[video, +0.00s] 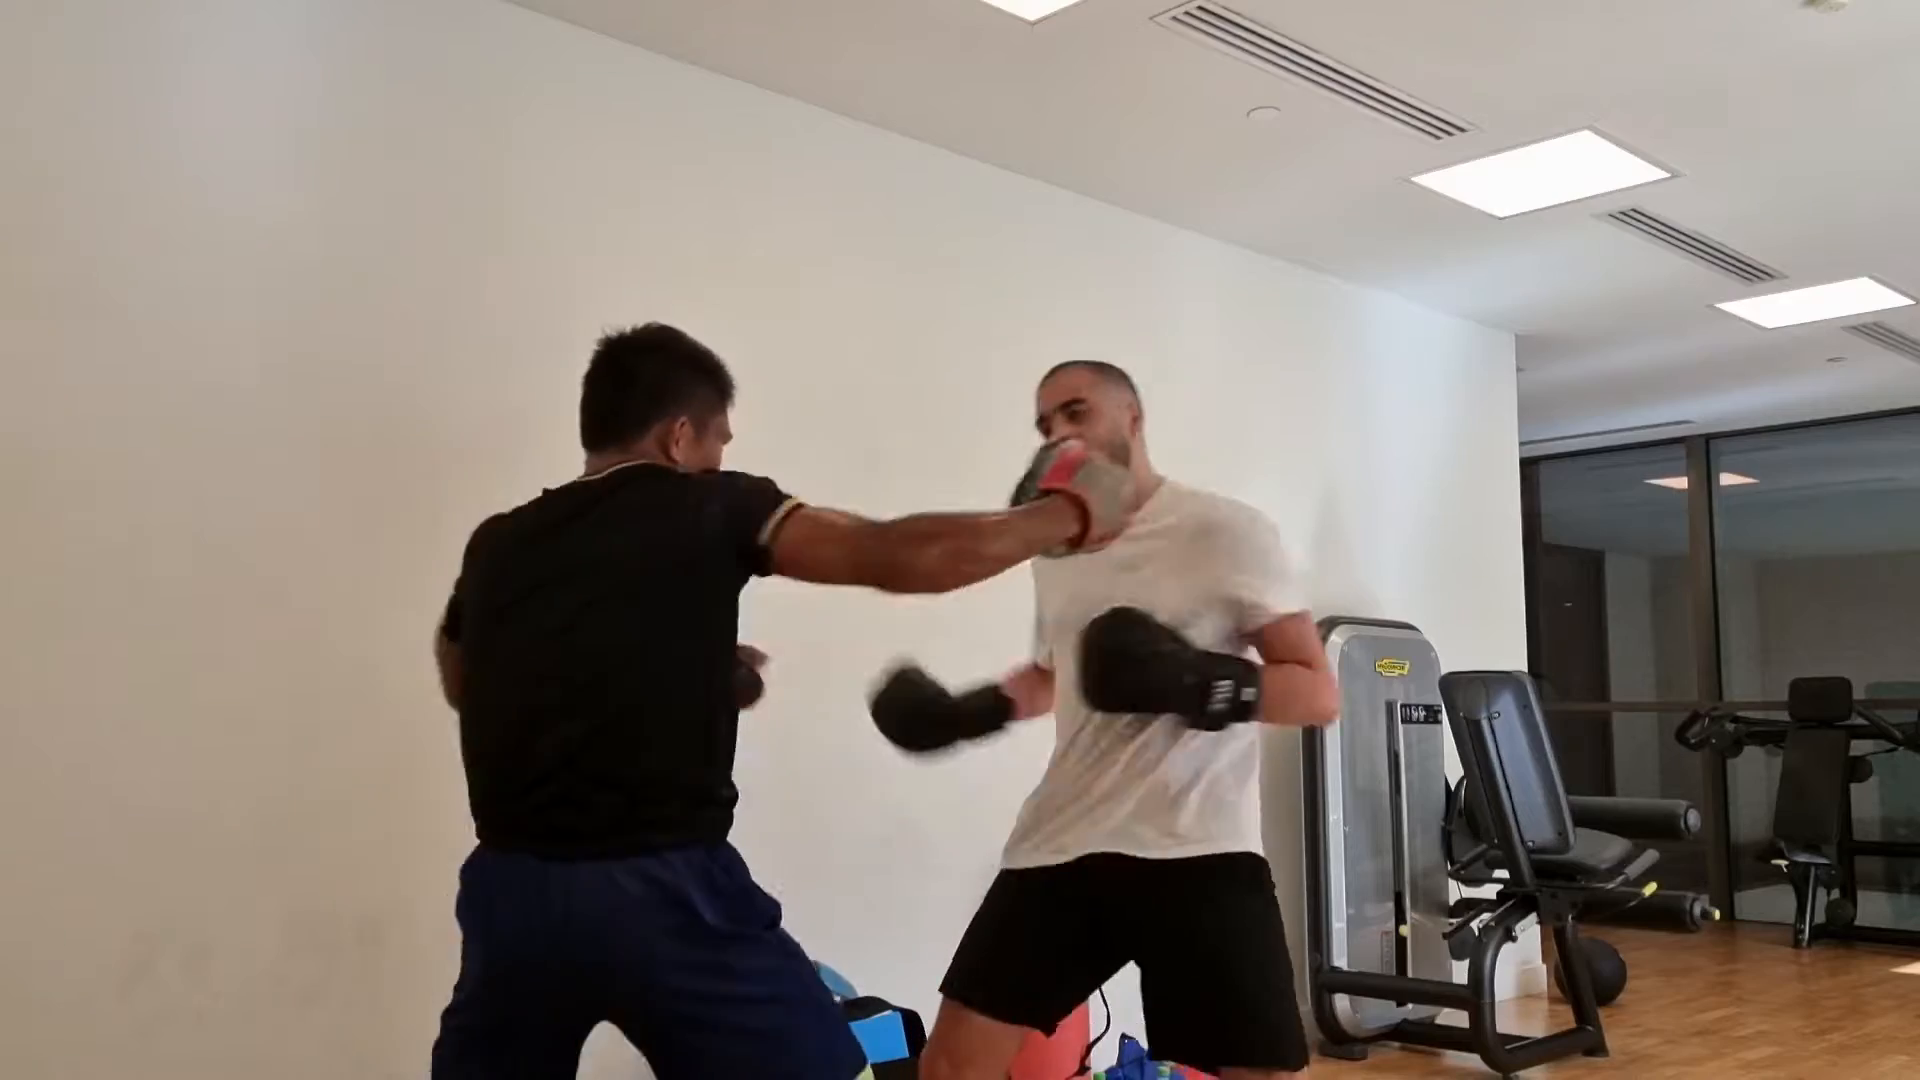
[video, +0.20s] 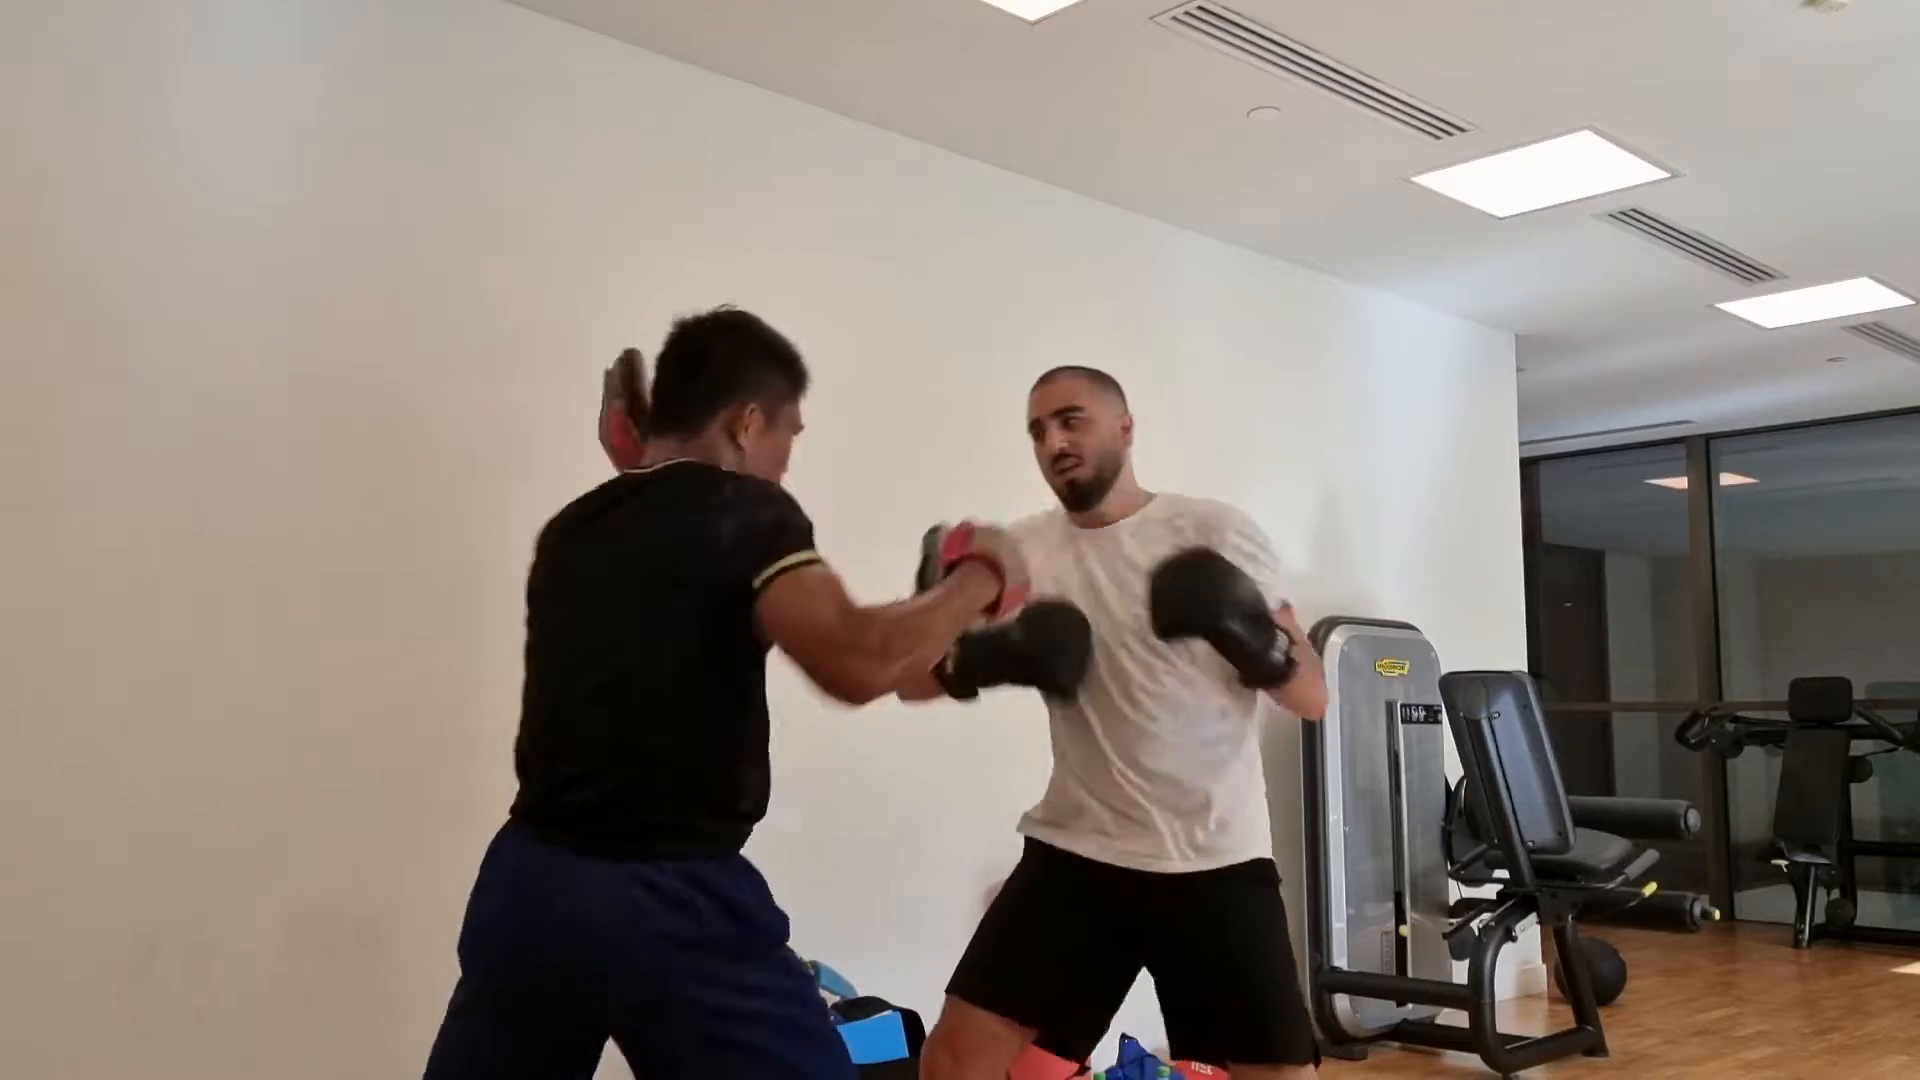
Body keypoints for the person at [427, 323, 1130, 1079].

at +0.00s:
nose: (723, 461)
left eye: (726, 441)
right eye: (722, 440)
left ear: (595, 435)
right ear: (676, 436)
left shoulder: (497, 542)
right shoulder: (710, 503)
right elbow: (898, 557)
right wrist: (1065, 517)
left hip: (511, 911)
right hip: (675, 904)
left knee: (479, 1067)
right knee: (819, 1062)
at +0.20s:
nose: (789, 467)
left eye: (796, 444)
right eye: (791, 440)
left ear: (657, 424)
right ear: (746, 424)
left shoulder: (568, 530)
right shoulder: (746, 512)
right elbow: (856, 661)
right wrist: (976, 580)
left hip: (527, 897)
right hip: (680, 912)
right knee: (807, 1066)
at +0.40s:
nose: (822, 535)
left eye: (828, 511)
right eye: (824, 508)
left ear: (702, 479)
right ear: (781, 498)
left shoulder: (625, 575)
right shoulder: (693, 589)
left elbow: (718, 735)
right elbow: (693, 786)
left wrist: (818, 629)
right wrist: (837, 728)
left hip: (492, 948)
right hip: (596, 967)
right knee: (773, 1063)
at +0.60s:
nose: (690, 583)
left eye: (699, 556)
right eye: (694, 552)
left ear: (563, 527)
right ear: (643, 540)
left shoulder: (456, 618)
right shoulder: (628, 636)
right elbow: (680, 842)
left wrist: (672, 673)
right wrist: (757, 751)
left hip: (353, 1005)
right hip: (508, 1016)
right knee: (692, 1069)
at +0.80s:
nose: (729, 567)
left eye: (739, 538)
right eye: (736, 533)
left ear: (610, 508)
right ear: (691, 517)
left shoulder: (522, 598)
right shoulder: (640, 603)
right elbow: (676, 798)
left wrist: (598, 531)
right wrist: (799, 729)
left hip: (419, 979)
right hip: (548, 993)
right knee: (735, 1066)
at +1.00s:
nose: (700, 514)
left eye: (707, 495)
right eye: (703, 491)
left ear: (575, 464)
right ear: (657, 472)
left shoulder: (470, 577)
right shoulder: (644, 541)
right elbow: (773, 639)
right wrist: (936, 586)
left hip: (452, 952)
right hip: (612, 946)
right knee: (772, 1060)